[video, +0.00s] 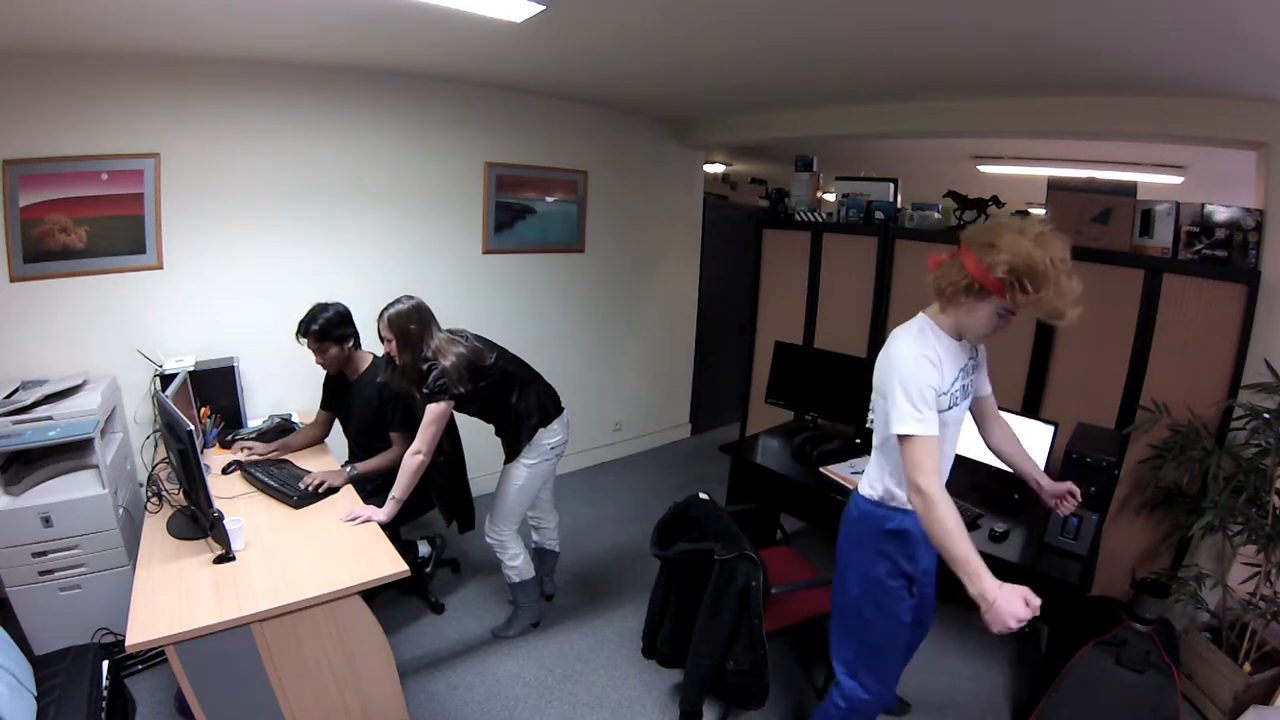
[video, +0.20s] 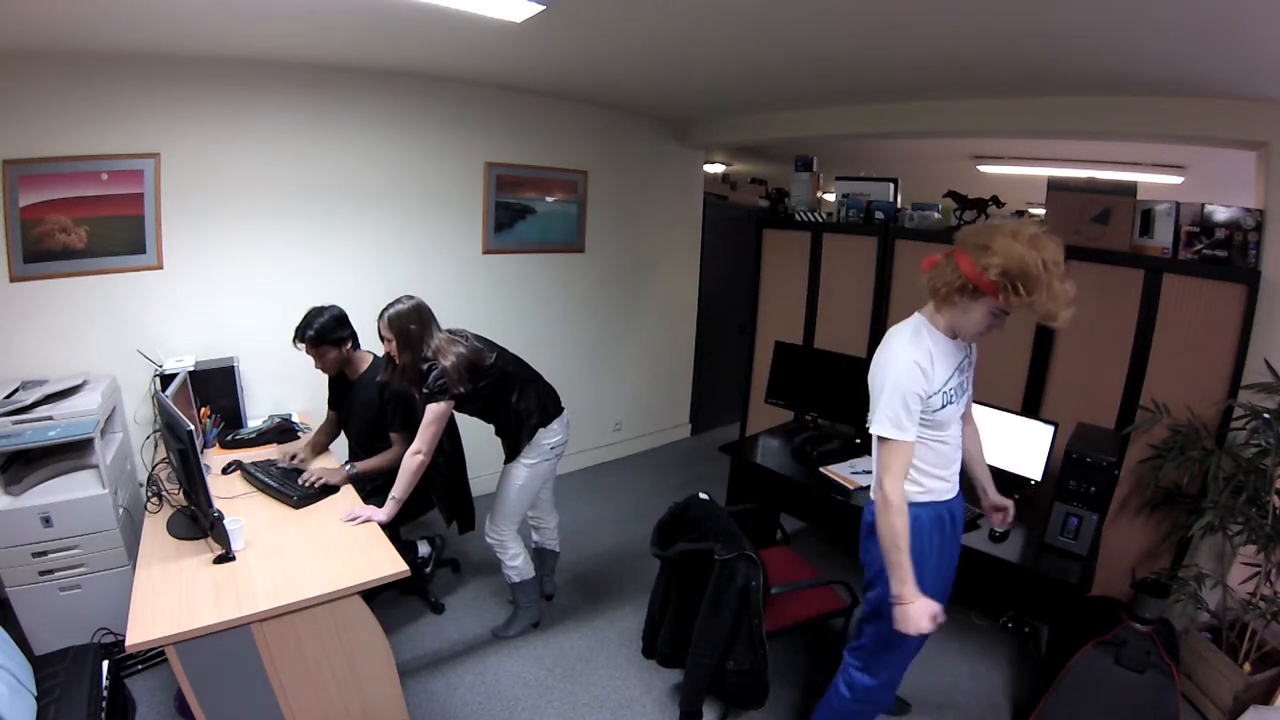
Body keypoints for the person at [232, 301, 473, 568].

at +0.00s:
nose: (317, 360)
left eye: (322, 352)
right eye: (313, 352)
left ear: (348, 342)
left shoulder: (390, 381)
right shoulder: (336, 375)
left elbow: (402, 449)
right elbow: (319, 428)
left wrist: (347, 473)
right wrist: (271, 448)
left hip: (403, 477)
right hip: (364, 473)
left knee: (339, 531)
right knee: (314, 513)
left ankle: (419, 552)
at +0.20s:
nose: (315, 363)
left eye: (319, 355)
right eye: (312, 356)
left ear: (346, 345)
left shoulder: (388, 382)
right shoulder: (339, 374)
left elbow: (403, 450)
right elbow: (333, 423)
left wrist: (346, 471)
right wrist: (307, 449)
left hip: (406, 476)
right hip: (365, 474)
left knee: (344, 527)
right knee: (321, 513)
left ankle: (419, 553)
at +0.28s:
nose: (316, 364)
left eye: (319, 355)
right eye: (312, 356)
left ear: (345, 345)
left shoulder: (389, 382)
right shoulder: (339, 375)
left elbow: (402, 450)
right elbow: (333, 425)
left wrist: (347, 473)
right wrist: (311, 454)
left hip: (407, 477)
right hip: (366, 473)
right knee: (321, 513)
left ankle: (420, 552)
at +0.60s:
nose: (316, 364)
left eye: (320, 355)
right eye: (312, 356)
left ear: (346, 345)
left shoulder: (389, 382)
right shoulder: (339, 376)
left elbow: (403, 450)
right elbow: (332, 429)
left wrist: (347, 474)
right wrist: (311, 459)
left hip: (406, 477)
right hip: (364, 474)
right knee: (320, 513)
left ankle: (419, 552)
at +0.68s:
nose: (317, 365)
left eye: (320, 356)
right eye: (312, 357)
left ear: (346, 345)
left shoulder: (389, 383)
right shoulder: (339, 376)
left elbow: (402, 451)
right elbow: (332, 429)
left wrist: (347, 474)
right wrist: (311, 459)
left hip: (407, 477)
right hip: (364, 473)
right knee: (320, 513)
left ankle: (419, 552)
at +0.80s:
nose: (317, 365)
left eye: (321, 356)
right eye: (313, 357)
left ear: (347, 345)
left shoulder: (389, 382)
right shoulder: (338, 377)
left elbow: (402, 451)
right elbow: (332, 428)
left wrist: (346, 474)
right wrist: (312, 459)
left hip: (408, 475)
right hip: (365, 473)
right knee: (321, 512)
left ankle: (419, 552)